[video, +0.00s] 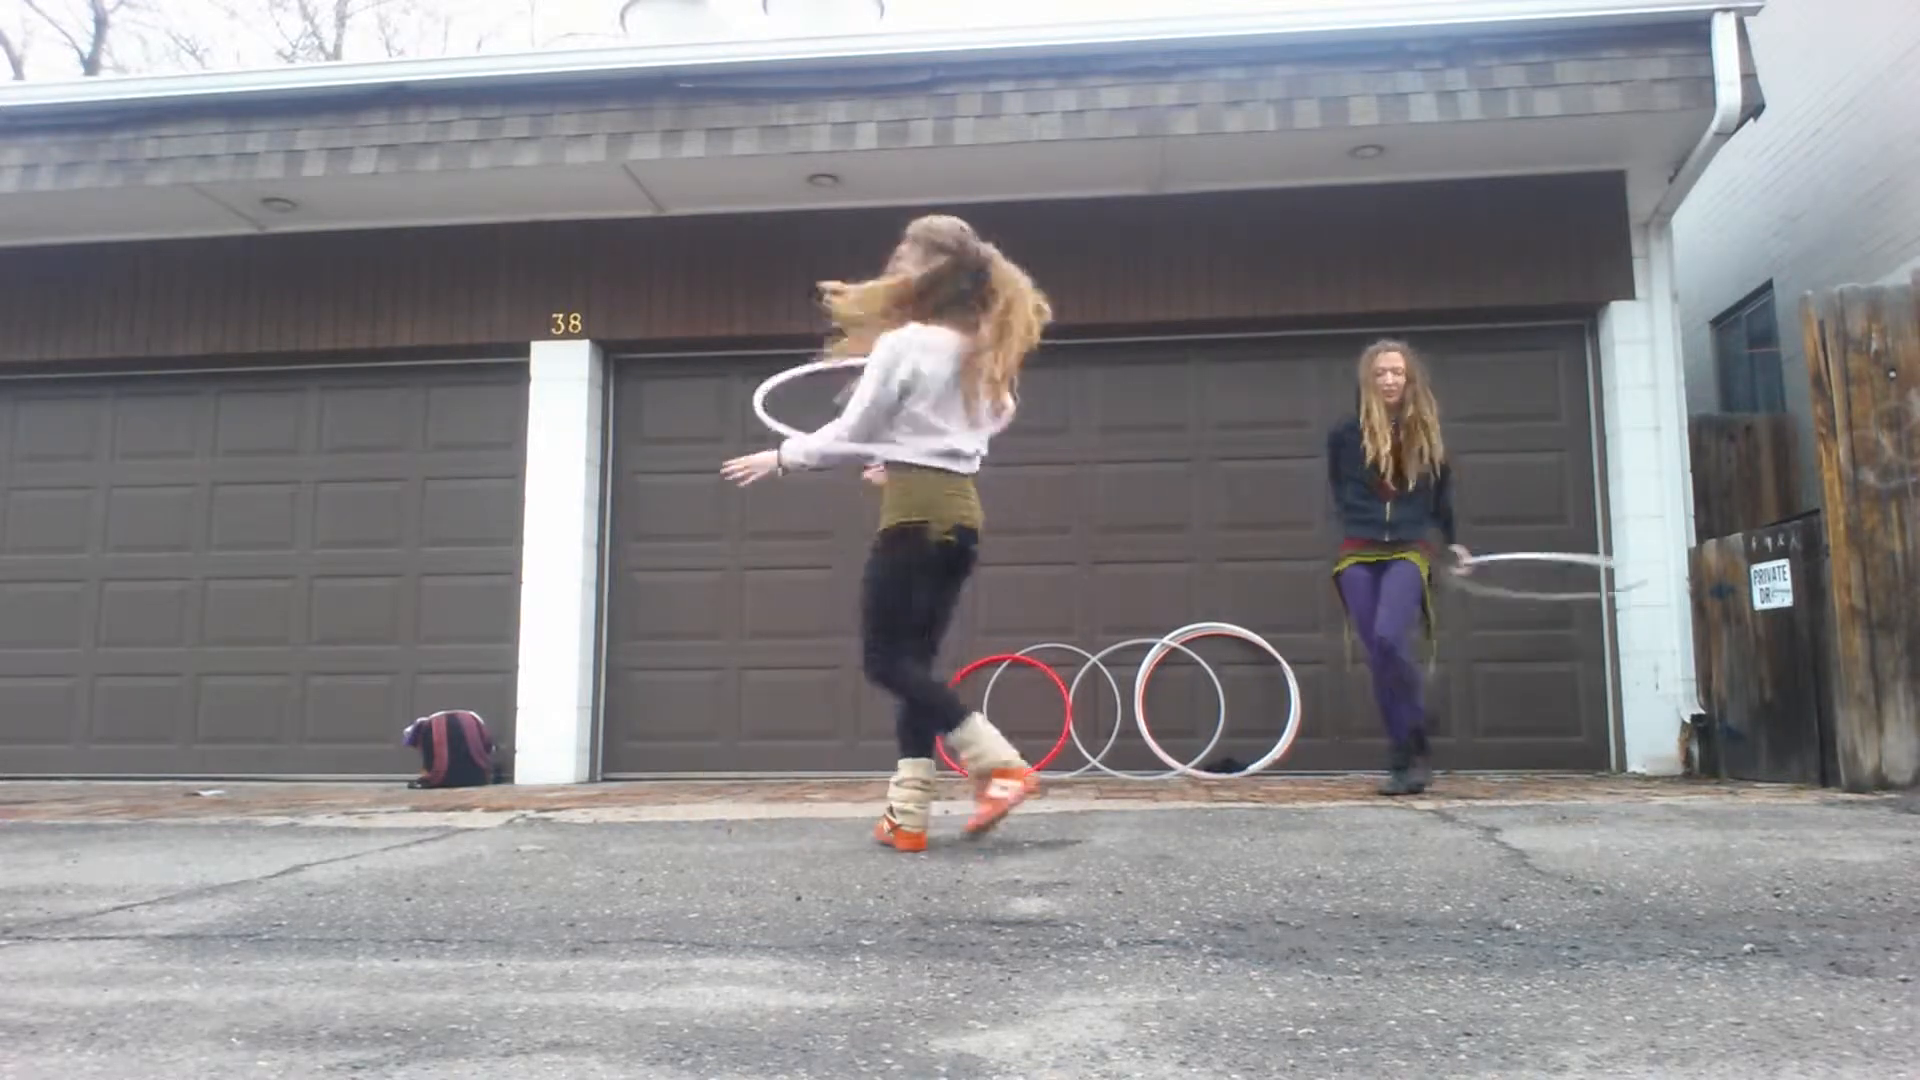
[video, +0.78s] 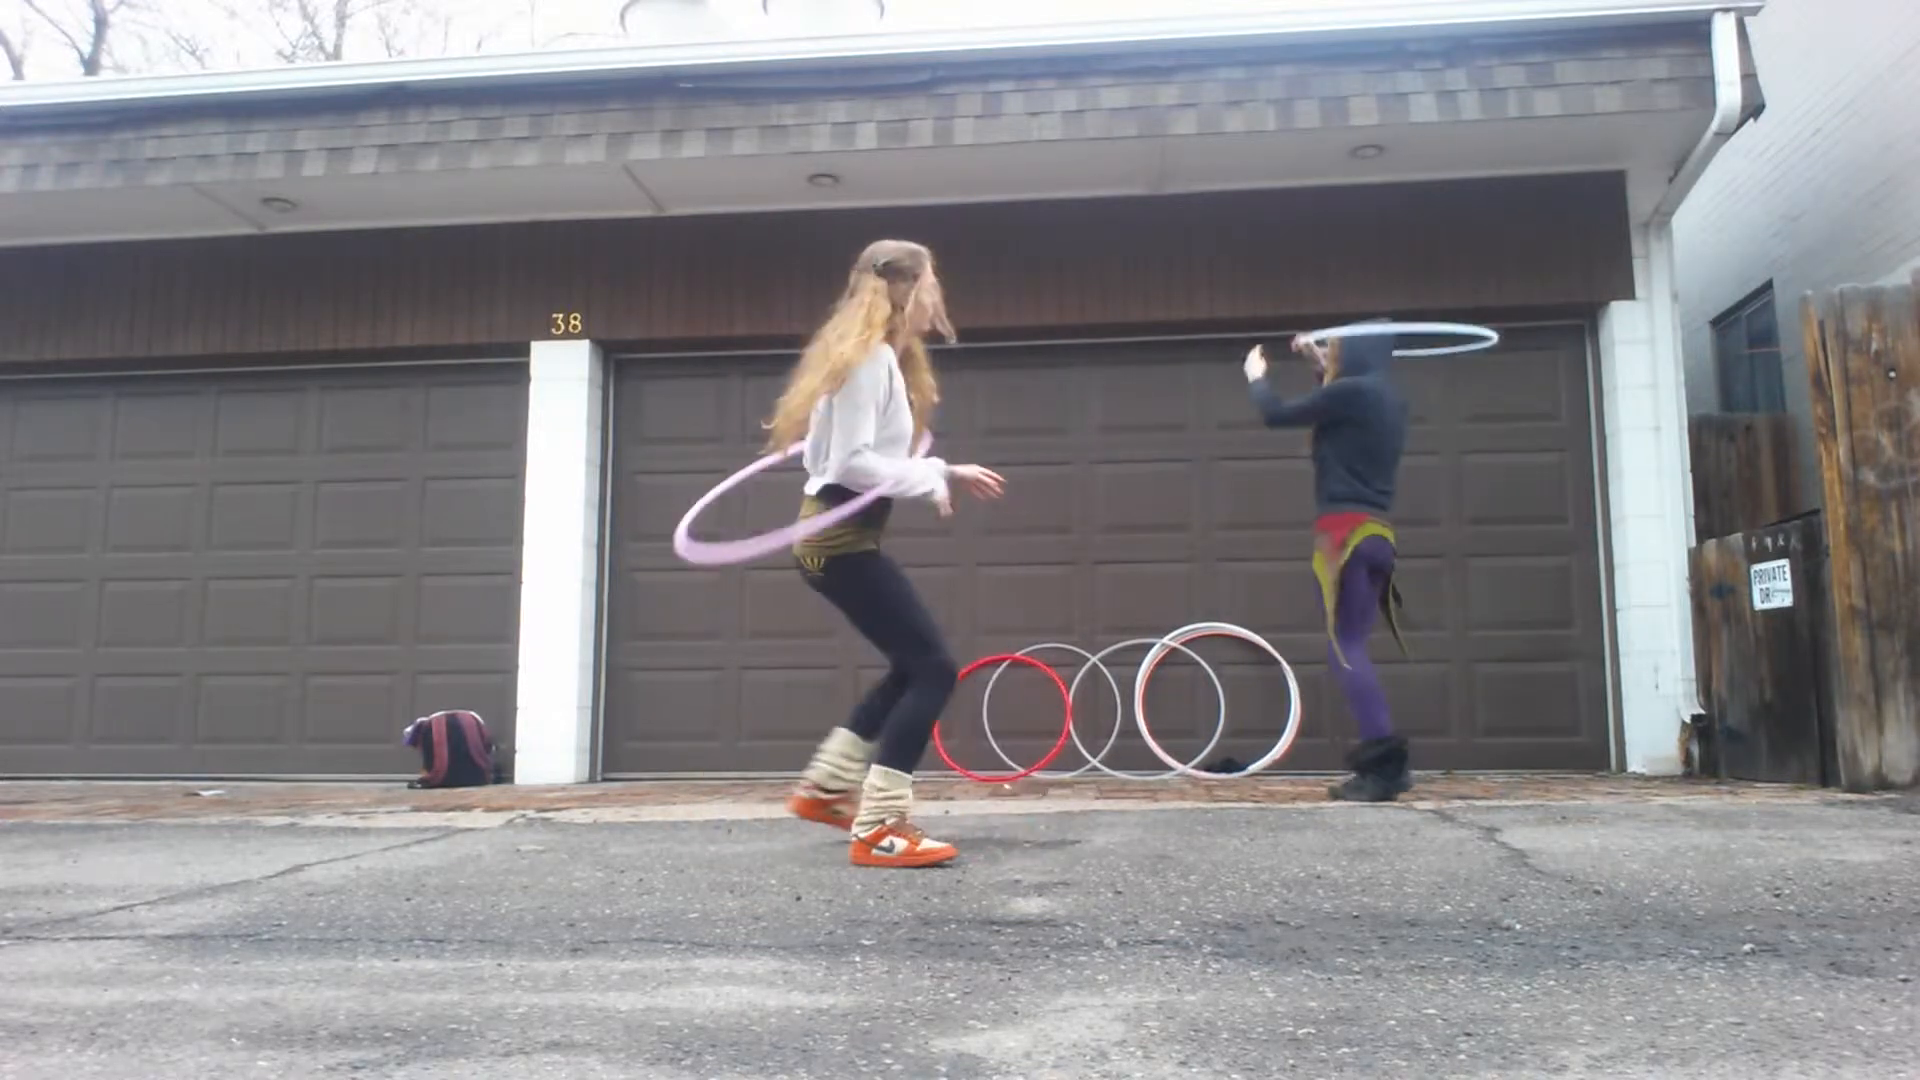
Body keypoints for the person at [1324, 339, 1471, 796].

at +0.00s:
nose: (1388, 381)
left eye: (1396, 373)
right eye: (1380, 373)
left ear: (1410, 380)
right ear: (1367, 380)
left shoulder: (1425, 436)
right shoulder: (1346, 436)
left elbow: (1441, 496)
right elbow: (1342, 497)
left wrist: (1453, 542)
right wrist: (1370, 528)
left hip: (1410, 549)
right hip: (1357, 549)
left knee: (1388, 636)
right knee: (1377, 647)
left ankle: (1414, 739)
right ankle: (1400, 757)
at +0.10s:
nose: (1374, 378)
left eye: (1382, 370)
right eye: (1366, 371)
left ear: (1398, 376)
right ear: (1357, 377)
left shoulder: (1423, 428)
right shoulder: (1342, 431)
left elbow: (1460, 475)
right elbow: (1335, 491)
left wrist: (1479, 517)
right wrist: (1338, 542)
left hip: (1401, 548)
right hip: (1350, 547)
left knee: (1385, 644)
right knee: (1373, 652)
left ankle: (1396, 755)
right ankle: (1405, 758)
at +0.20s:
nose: (1355, 378)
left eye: (1363, 369)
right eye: (1351, 370)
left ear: (1386, 374)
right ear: (1346, 377)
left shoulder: (1411, 420)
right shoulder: (1344, 426)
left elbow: (1433, 450)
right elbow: (1323, 487)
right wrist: (1297, 544)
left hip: (1396, 546)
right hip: (1350, 548)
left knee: (1377, 643)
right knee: (1367, 649)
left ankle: (1390, 760)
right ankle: (1403, 759)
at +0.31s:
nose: (1349, 374)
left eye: (1358, 365)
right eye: (1348, 365)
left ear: (1384, 368)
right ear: (1349, 373)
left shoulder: (1410, 421)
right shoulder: (1346, 423)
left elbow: (1376, 442)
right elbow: (1317, 466)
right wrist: (1269, 484)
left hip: (1394, 545)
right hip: (1355, 545)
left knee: (1374, 646)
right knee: (1359, 650)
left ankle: (1387, 763)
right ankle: (1405, 756)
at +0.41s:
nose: (1346, 368)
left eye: (1354, 359)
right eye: (1345, 360)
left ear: (1380, 362)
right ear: (1349, 365)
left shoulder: (1400, 408)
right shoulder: (1354, 412)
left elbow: (1346, 408)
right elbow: (1302, 451)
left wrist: (1282, 382)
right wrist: (1261, 428)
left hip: (1385, 543)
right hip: (1355, 544)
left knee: (1362, 651)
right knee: (1349, 659)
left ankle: (1385, 764)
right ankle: (1410, 750)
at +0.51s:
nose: (1341, 366)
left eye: (1349, 358)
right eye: (1341, 358)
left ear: (1374, 360)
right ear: (1361, 363)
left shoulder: (1390, 399)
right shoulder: (1360, 407)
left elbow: (1326, 399)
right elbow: (1304, 427)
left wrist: (1270, 366)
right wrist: (1270, 388)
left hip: (1377, 534)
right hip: (1361, 534)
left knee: (1348, 650)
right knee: (1337, 656)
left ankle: (1386, 762)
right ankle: (1404, 747)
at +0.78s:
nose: (1326, 361)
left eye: (1331, 353)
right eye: (1325, 353)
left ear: (1352, 356)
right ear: (1375, 358)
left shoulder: (1349, 393)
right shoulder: (1389, 399)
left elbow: (1275, 413)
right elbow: (1340, 402)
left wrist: (1256, 376)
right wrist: (1320, 361)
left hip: (1347, 535)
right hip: (1378, 535)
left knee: (1345, 650)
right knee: (1349, 649)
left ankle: (1384, 759)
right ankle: (1380, 758)